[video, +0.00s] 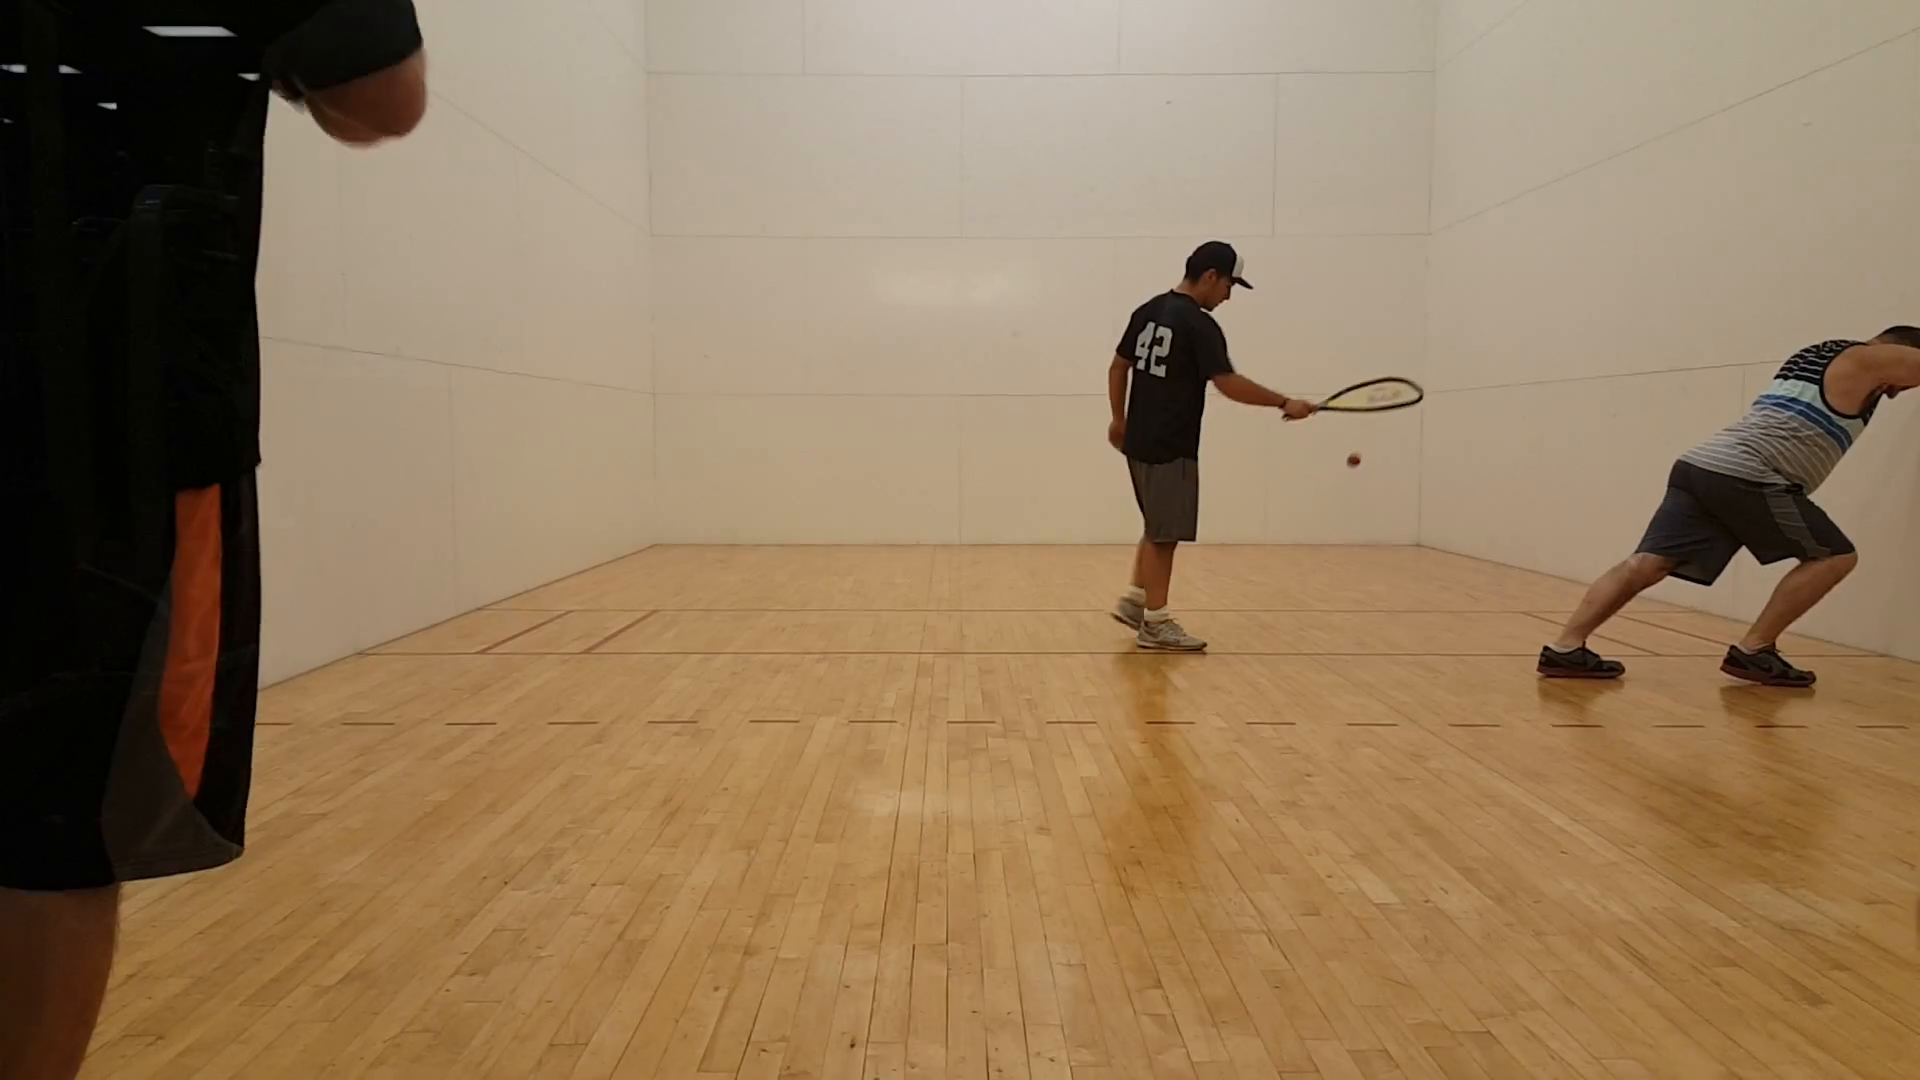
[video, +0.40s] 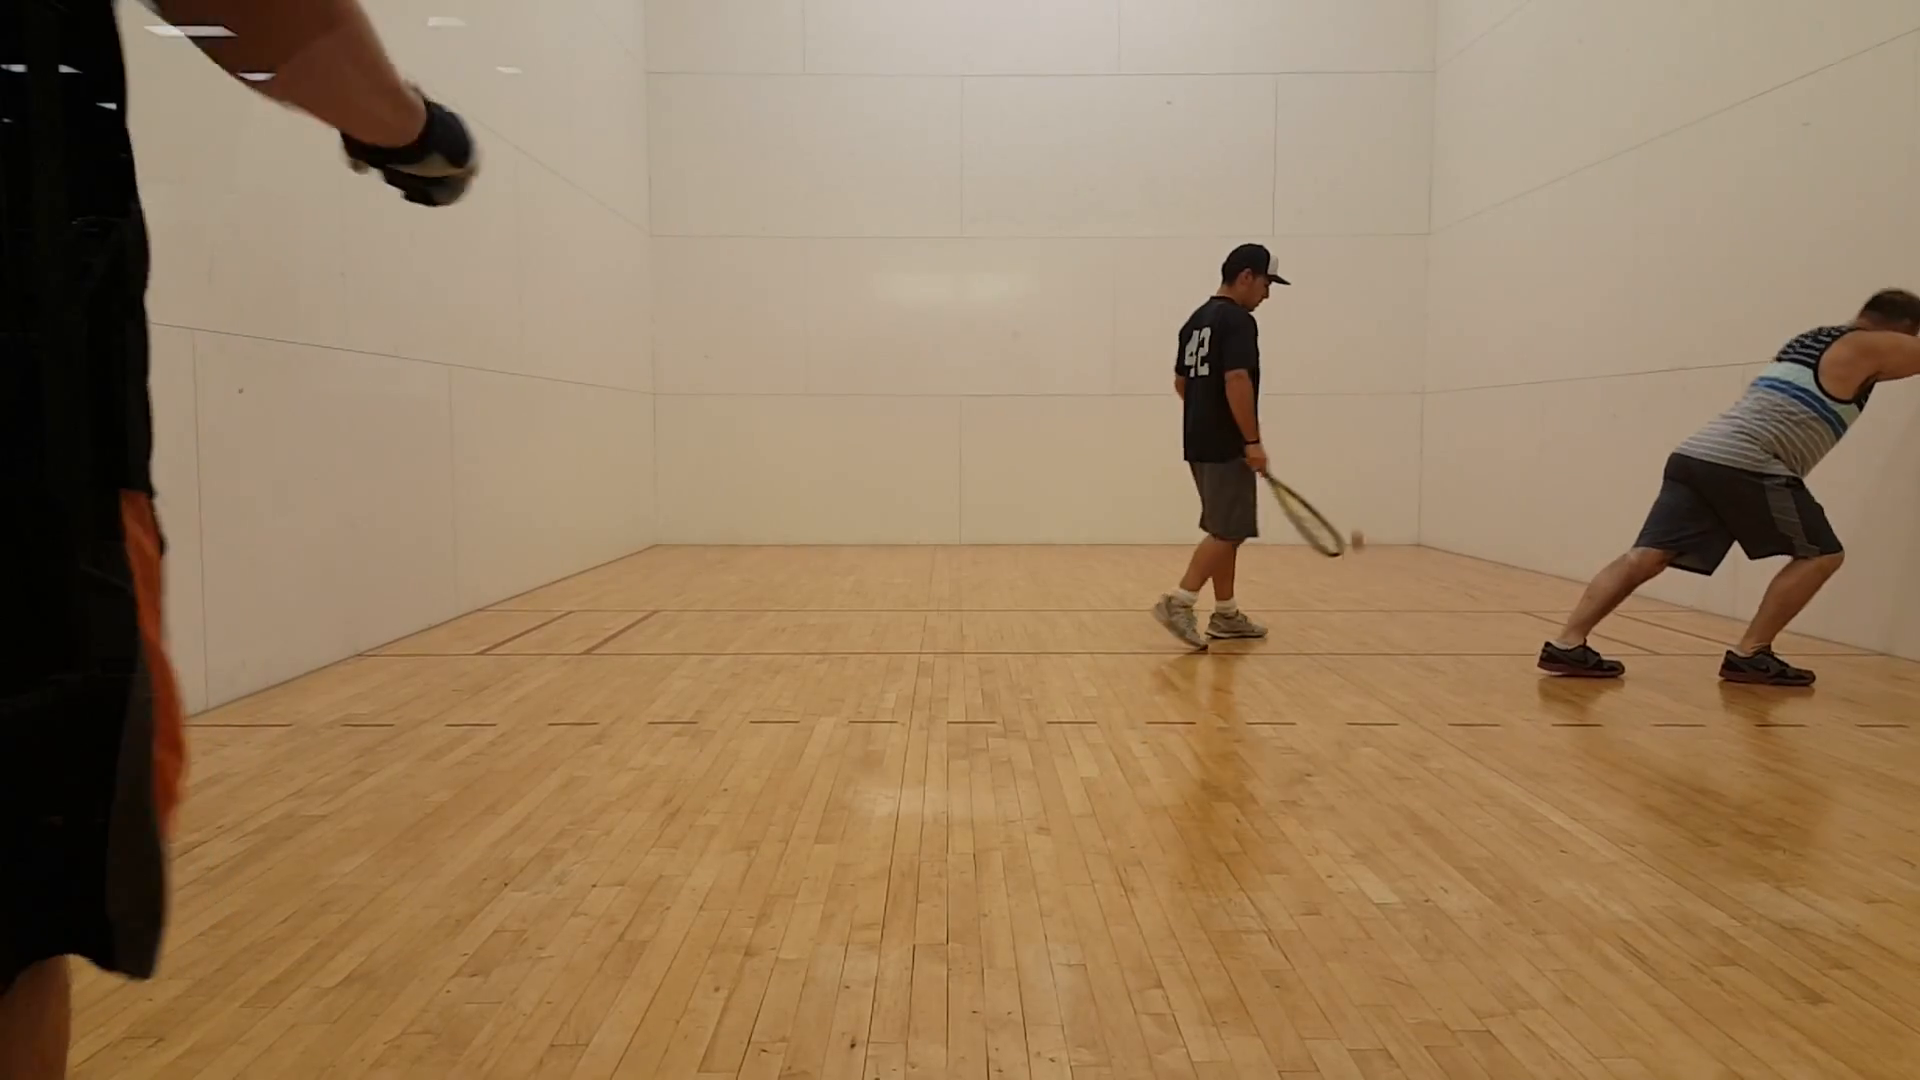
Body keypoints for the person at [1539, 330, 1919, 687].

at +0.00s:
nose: (1902, 389)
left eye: (1907, 380)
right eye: (1907, 376)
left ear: (1884, 345)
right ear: (1896, 352)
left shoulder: (1815, 355)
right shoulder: (1870, 358)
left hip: (1699, 467)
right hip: (1751, 477)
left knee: (1646, 564)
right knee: (1834, 557)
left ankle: (1564, 647)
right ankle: (1754, 648)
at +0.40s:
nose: (1906, 347)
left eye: (1908, 341)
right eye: (1907, 340)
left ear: (1866, 317)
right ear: (1894, 331)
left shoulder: (1807, 342)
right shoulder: (1862, 347)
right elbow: (1918, 353)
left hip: (1696, 457)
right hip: (1752, 466)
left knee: (1646, 557)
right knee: (1821, 555)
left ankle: (1566, 644)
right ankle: (1750, 653)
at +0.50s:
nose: (1892, 308)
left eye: (1893, 301)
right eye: (1893, 301)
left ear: (1842, 281)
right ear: (1886, 298)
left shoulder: (1797, 311)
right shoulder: (1860, 325)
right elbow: (1918, 342)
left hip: (1685, 434)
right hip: (1745, 445)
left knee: (1642, 536)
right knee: (1798, 545)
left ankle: (1573, 633)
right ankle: (1747, 653)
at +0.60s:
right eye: (1865, 260)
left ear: (1818, 246)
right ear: (1865, 261)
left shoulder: (1777, 281)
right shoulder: (1849, 299)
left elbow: (1837, 337)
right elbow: (1914, 321)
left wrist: (1900, 353)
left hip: (1679, 412)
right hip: (1739, 427)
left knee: (1641, 520)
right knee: (1766, 536)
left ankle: (1585, 622)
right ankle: (1746, 652)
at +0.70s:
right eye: (1842, 234)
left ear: (1793, 226)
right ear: (1842, 238)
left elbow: (1775, 332)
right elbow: (1910, 325)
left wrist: (1826, 373)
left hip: (1674, 406)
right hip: (1734, 425)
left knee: (1640, 516)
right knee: (1740, 538)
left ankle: (1593, 622)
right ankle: (1742, 652)